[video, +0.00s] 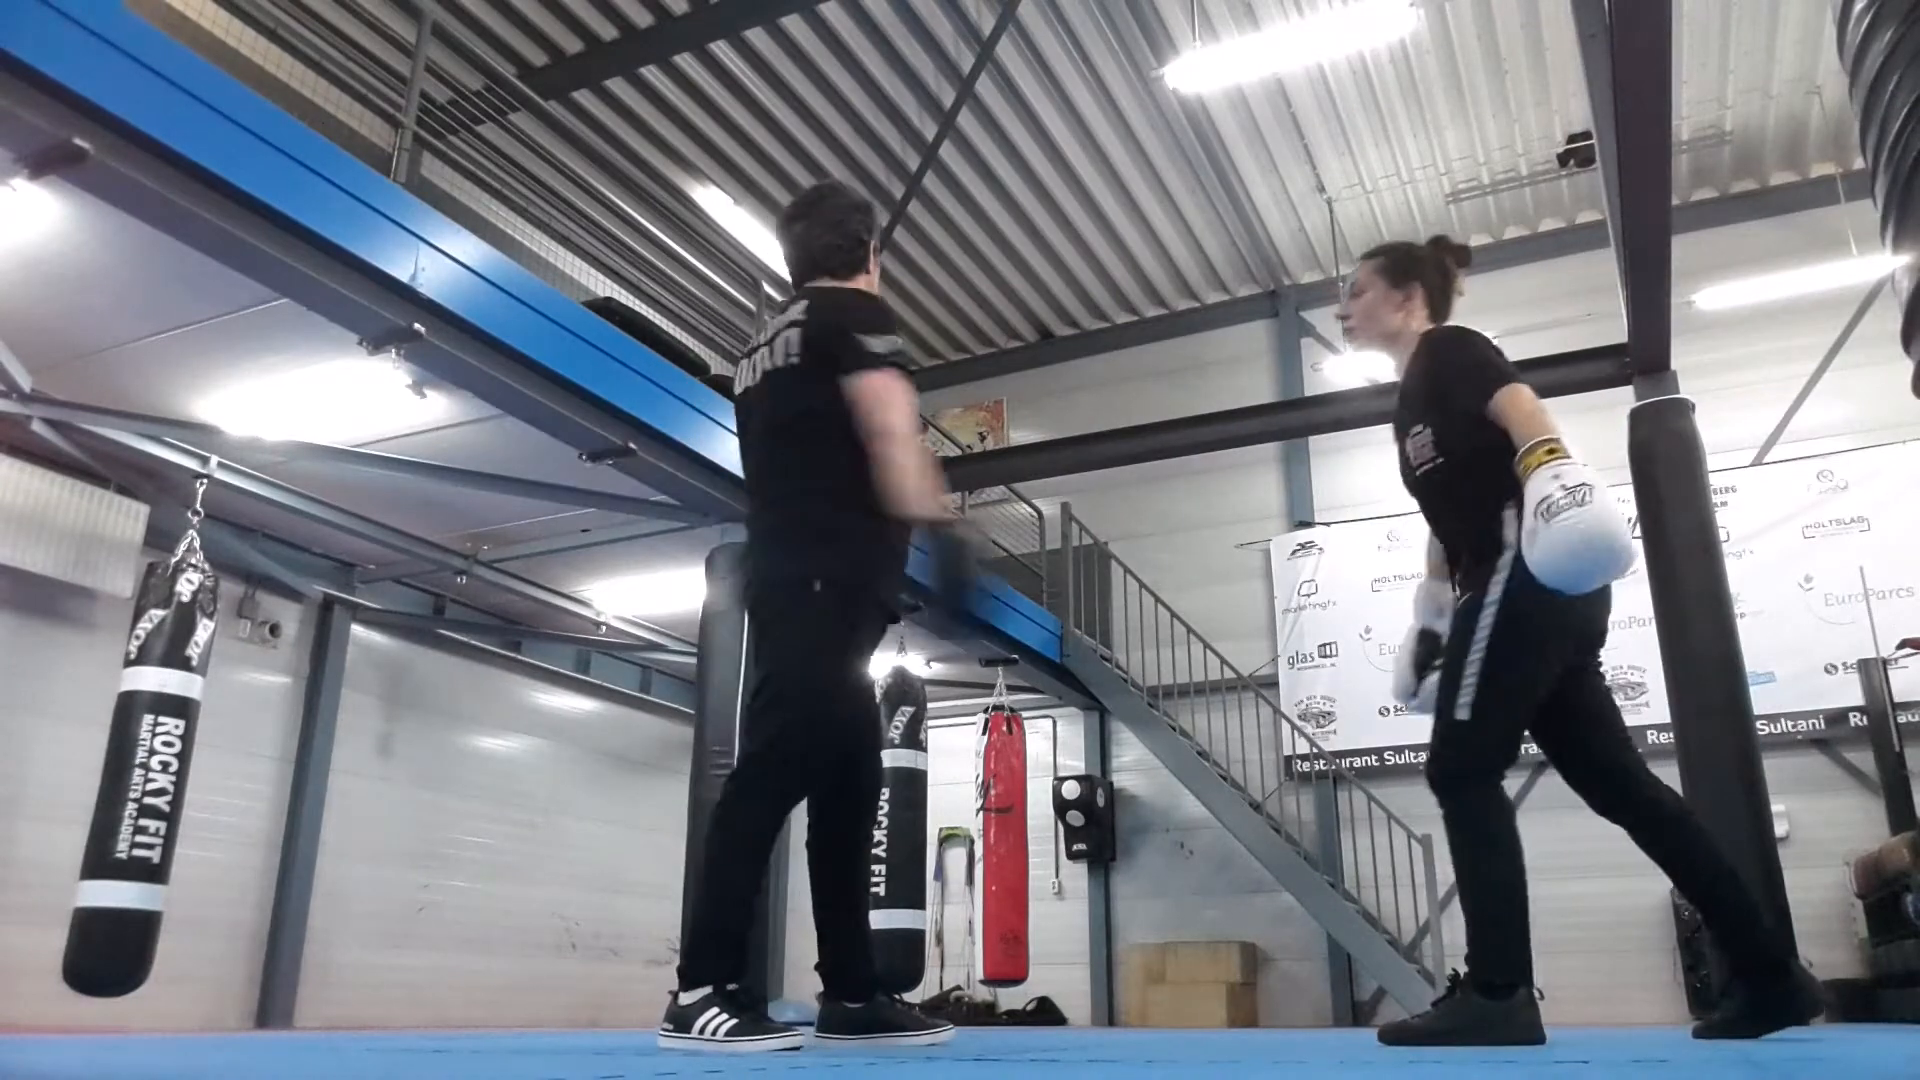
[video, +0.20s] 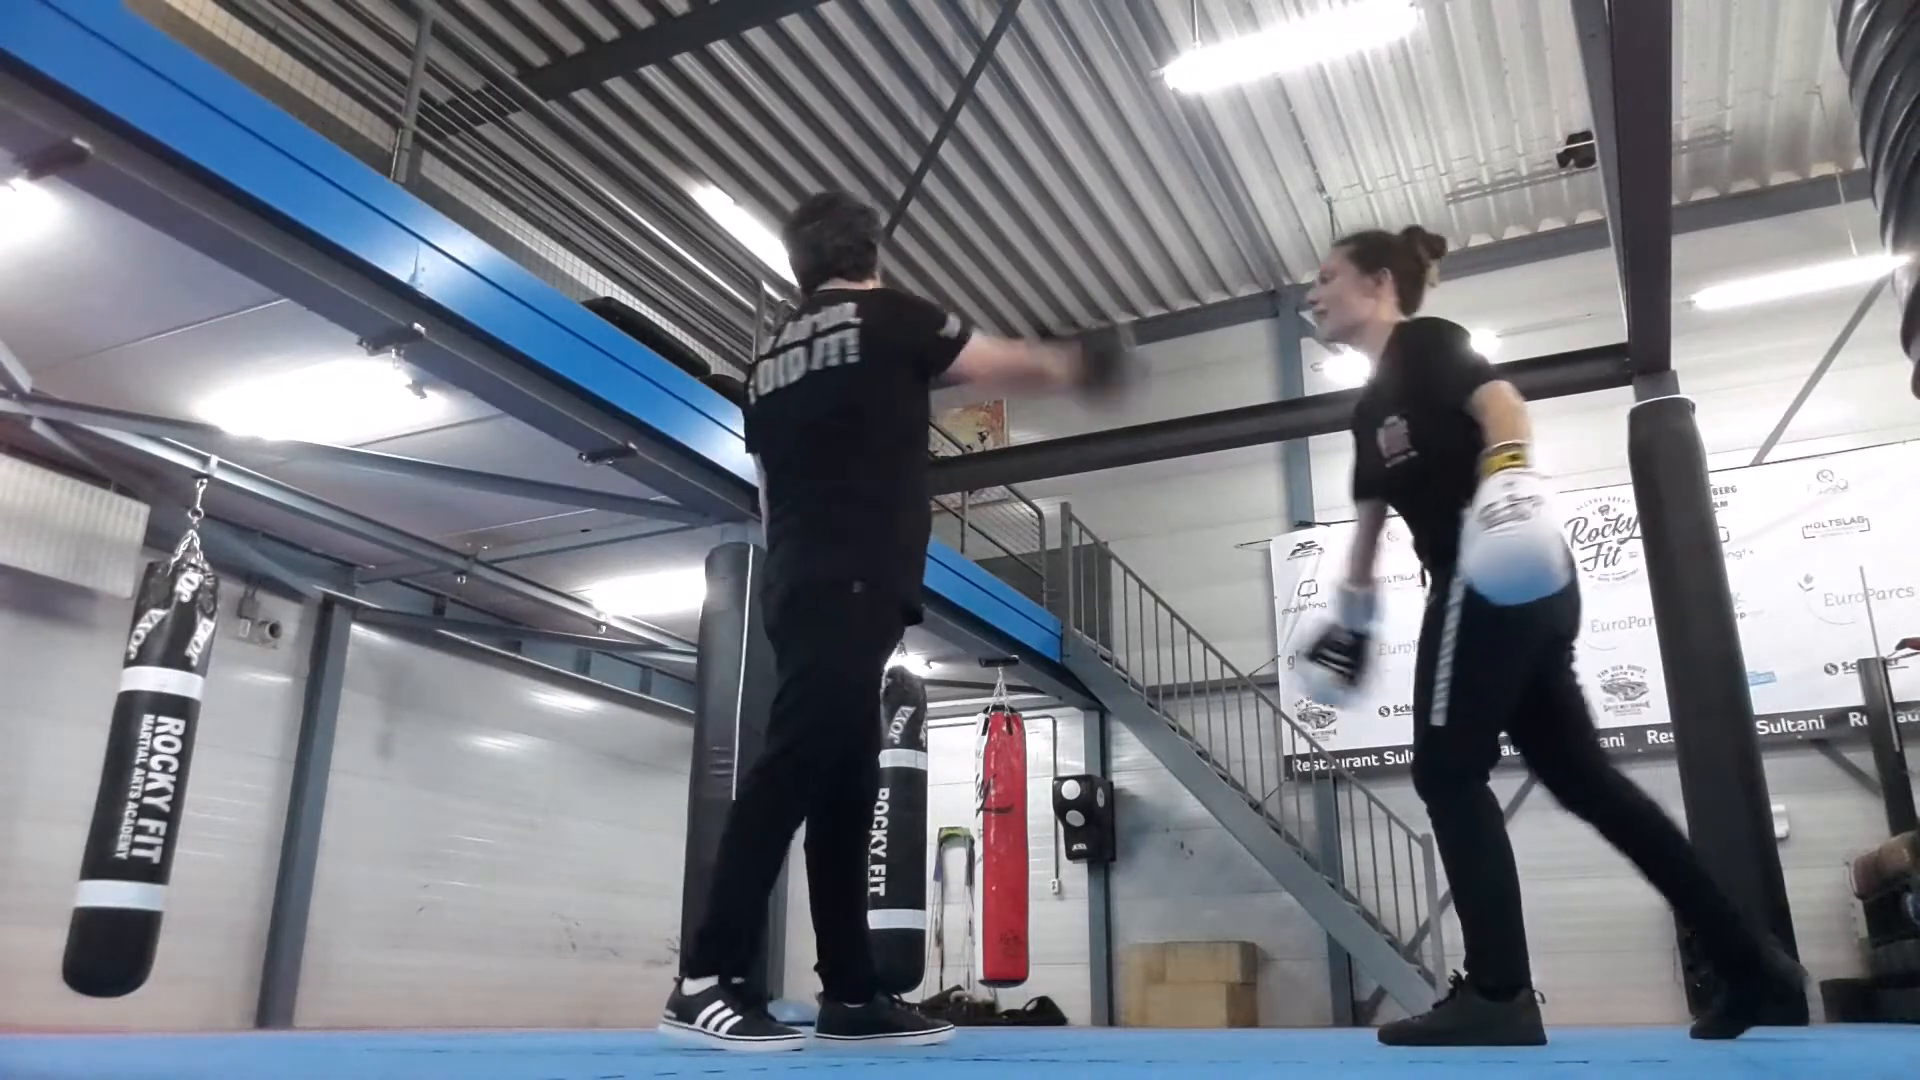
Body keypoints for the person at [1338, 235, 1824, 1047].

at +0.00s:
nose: (1345, 306)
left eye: (1358, 292)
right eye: (1346, 294)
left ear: (1407, 296)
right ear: (1396, 303)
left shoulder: (1447, 349)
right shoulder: (1412, 399)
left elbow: (1516, 407)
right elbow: (1451, 519)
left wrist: (1555, 476)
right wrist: (1431, 618)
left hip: (1527, 576)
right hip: (1526, 589)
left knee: (1461, 769)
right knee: (1619, 786)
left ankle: (1496, 996)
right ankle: (1768, 973)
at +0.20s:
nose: (1312, 294)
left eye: (1327, 280)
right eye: (1315, 282)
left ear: (1378, 286)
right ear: (1366, 292)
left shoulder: (1428, 344)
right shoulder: (1371, 406)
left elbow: (1500, 403)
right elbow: (1371, 516)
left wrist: (1508, 473)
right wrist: (1353, 609)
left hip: (1487, 578)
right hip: (1510, 582)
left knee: (1447, 772)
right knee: (1581, 778)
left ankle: (1498, 994)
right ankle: (1752, 967)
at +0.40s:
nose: (1299, 286)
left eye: (1309, 269)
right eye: (1300, 271)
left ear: (1350, 267)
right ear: (1359, 273)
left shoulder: (1387, 330)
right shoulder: (1380, 361)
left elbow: (1400, 425)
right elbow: (1325, 474)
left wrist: (1385, 525)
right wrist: (1231, 513)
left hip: (1461, 557)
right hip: (1493, 560)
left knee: (1455, 767)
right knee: (1467, 768)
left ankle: (1498, 995)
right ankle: (1622, 948)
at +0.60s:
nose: (1297, 302)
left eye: (1302, 286)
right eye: (1298, 288)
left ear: (1334, 279)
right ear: (1368, 285)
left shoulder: (1347, 338)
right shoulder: (1408, 354)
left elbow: (1329, 433)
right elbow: (1352, 464)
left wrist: (1266, 536)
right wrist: (1257, 437)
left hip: (1418, 550)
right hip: (1476, 550)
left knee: (1455, 765)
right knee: (1408, 760)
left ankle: (1504, 999)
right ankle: (1442, 978)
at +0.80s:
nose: (1298, 330)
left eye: (1300, 317)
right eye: (1300, 318)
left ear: (1321, 313)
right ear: (1367, 320)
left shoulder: (1321, 372)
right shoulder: (1401, 390)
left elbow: (1282, 476)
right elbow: (1360, 504)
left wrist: (1216, 561)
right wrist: (1271, 505)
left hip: (1383, 579)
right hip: (1445, 583)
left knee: (1441, 779)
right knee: (1370, 784)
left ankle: (1500, 994)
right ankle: (1389, 991)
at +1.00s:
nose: (1283, 351)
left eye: (1284, 342)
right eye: (1285, 343)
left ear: (1299, 338)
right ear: (1354, 344)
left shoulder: (1302, 388)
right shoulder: (1393, 411)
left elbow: (1281, 485)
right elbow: (1404, 519)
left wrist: (1224, 576)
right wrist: (1329, 568)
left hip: (1350, 592)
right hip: (1418, 592)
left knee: (1347, 784)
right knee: (1376, 791)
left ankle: (1460, 947)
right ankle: (1392, 984)